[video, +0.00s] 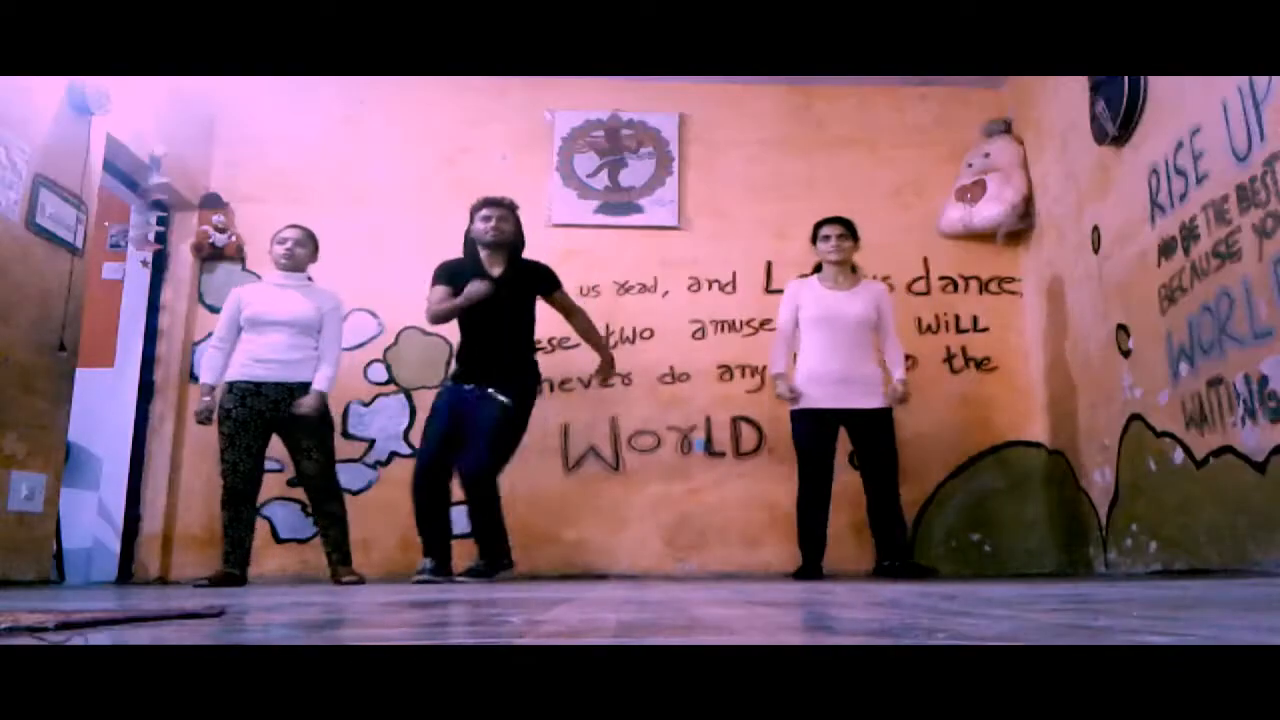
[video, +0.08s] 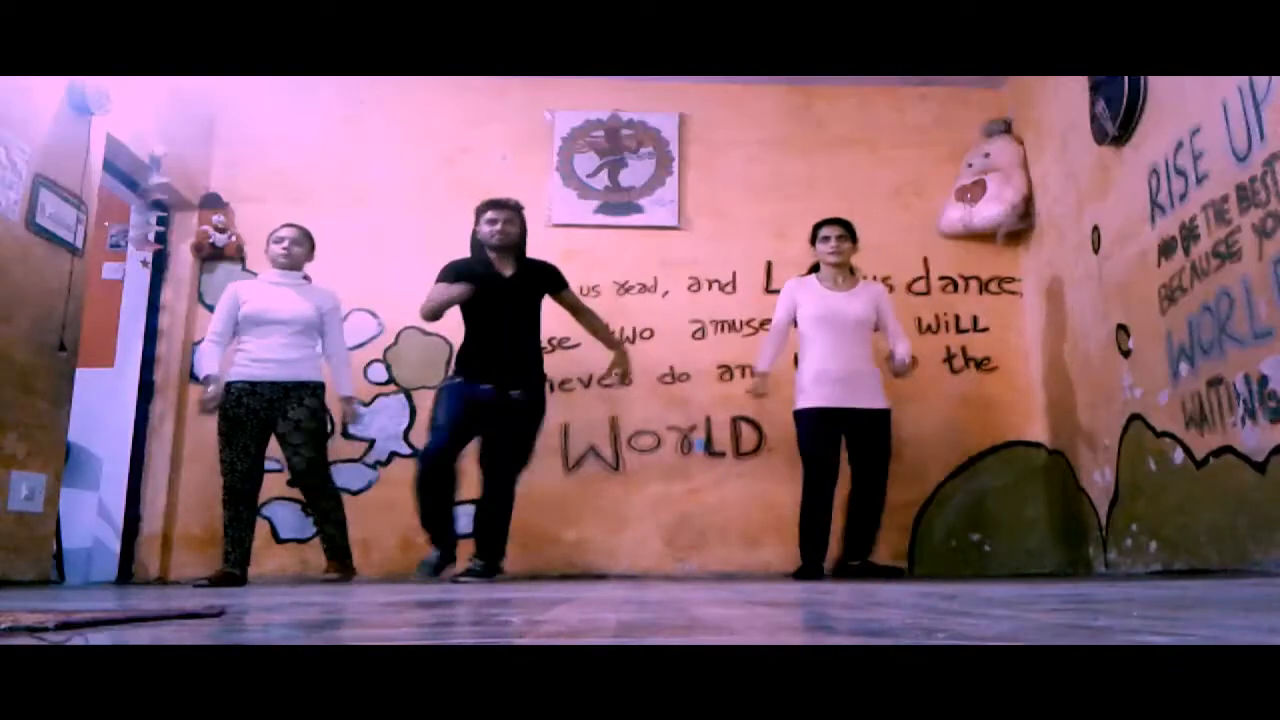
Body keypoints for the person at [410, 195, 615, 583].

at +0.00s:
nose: (493, 224)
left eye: (502, 220)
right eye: (485, 219)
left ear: (517, 232)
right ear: (471, 230)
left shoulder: (533, 275)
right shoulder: (453, 271)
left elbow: (572, 312)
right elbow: (433, 314)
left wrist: (605, 352)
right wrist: (465, 299)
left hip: (512, 384)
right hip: (465, 381)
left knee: (475, 468)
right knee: (429, 470)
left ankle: (495, 557)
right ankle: (436, 560)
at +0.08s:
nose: (499, 227)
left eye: (508, 223)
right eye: (491, 222)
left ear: (522, 232)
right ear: (477, 231)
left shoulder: (541, 274)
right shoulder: (463, 271)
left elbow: (580, 311)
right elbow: (428, 311)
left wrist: (618, 348)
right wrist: (457, 293)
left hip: (521, 389)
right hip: (470, 385)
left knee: (499, 475)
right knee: (435, 458)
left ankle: (488, 559)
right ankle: (442, 546)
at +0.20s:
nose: (486, 194)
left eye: (496, 187)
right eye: (475, 188)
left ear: (511, 198)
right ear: (457, 200)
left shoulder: (533, 250)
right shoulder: (436, 249)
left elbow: (583, 295)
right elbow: (388, 299)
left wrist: (610, 313)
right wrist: (359, 329)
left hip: (506, 383)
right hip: (450, 378)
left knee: (489, 488)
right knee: (480, 463)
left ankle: (413, 587)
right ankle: (444, 567)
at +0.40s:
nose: (516, 199)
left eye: (526, 194)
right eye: (505, 194)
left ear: (540, 207)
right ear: (487, 206)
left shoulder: (559, 258)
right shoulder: (460, 259)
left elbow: (618, 305)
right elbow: (411, 318)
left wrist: (635, 291)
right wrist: (364, 349)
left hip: (523, 393)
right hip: (470, 394)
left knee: (534, 491)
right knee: (514, 486)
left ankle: (429, 572)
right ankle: (506, 598)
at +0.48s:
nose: (531, 197)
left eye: (542, 191)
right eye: (520, 191)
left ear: (556, 206)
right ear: (500, 204)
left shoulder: (571, 260)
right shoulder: (476, 252)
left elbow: (616, 311)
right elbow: (443, 304)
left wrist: (667, 324)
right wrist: (488, 281)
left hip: (549, 391)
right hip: (486, 393)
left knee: (563, 471)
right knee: (470, 484)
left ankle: (522, 564)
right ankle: (493, 591)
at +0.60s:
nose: (550, 198)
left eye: (560, 192)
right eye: (539, 192)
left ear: (574, 205)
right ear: (518, 203)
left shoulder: (585, 261)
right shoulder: (500, 247)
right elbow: (472, 283)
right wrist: (533, 259)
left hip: (563, 385)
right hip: (506, 383)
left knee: (532, 481)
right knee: (471, 480)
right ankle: (489, 594)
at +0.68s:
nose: (567, 193)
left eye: (576, 187)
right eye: (556, 187)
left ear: (591, 200)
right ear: (536, 198)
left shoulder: (602, 257)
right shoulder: (514, 246)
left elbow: (646, 303)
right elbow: (459, 292)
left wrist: (704, 304)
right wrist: (497, 280)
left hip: (581, 388)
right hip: (519, 387)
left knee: (583, 491)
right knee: (507, 470)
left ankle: (581, 595)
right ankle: (506, 574)